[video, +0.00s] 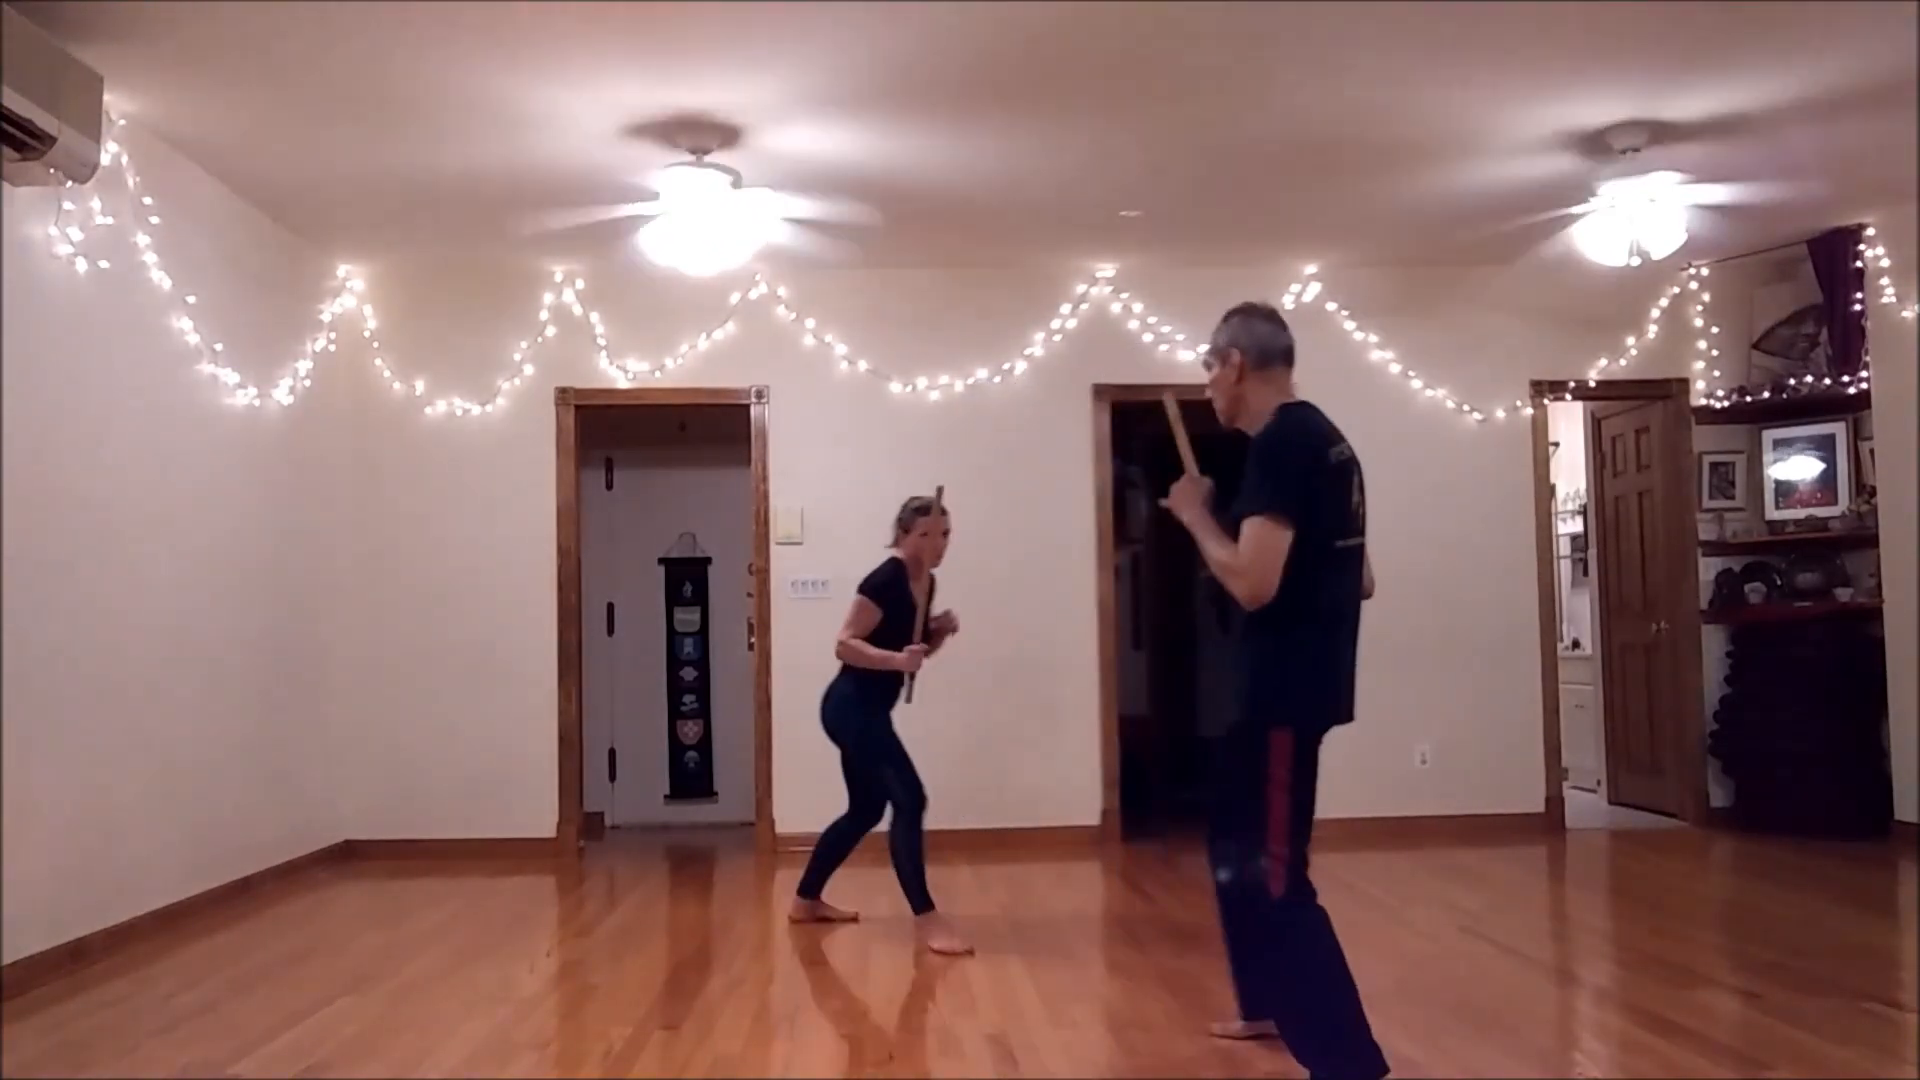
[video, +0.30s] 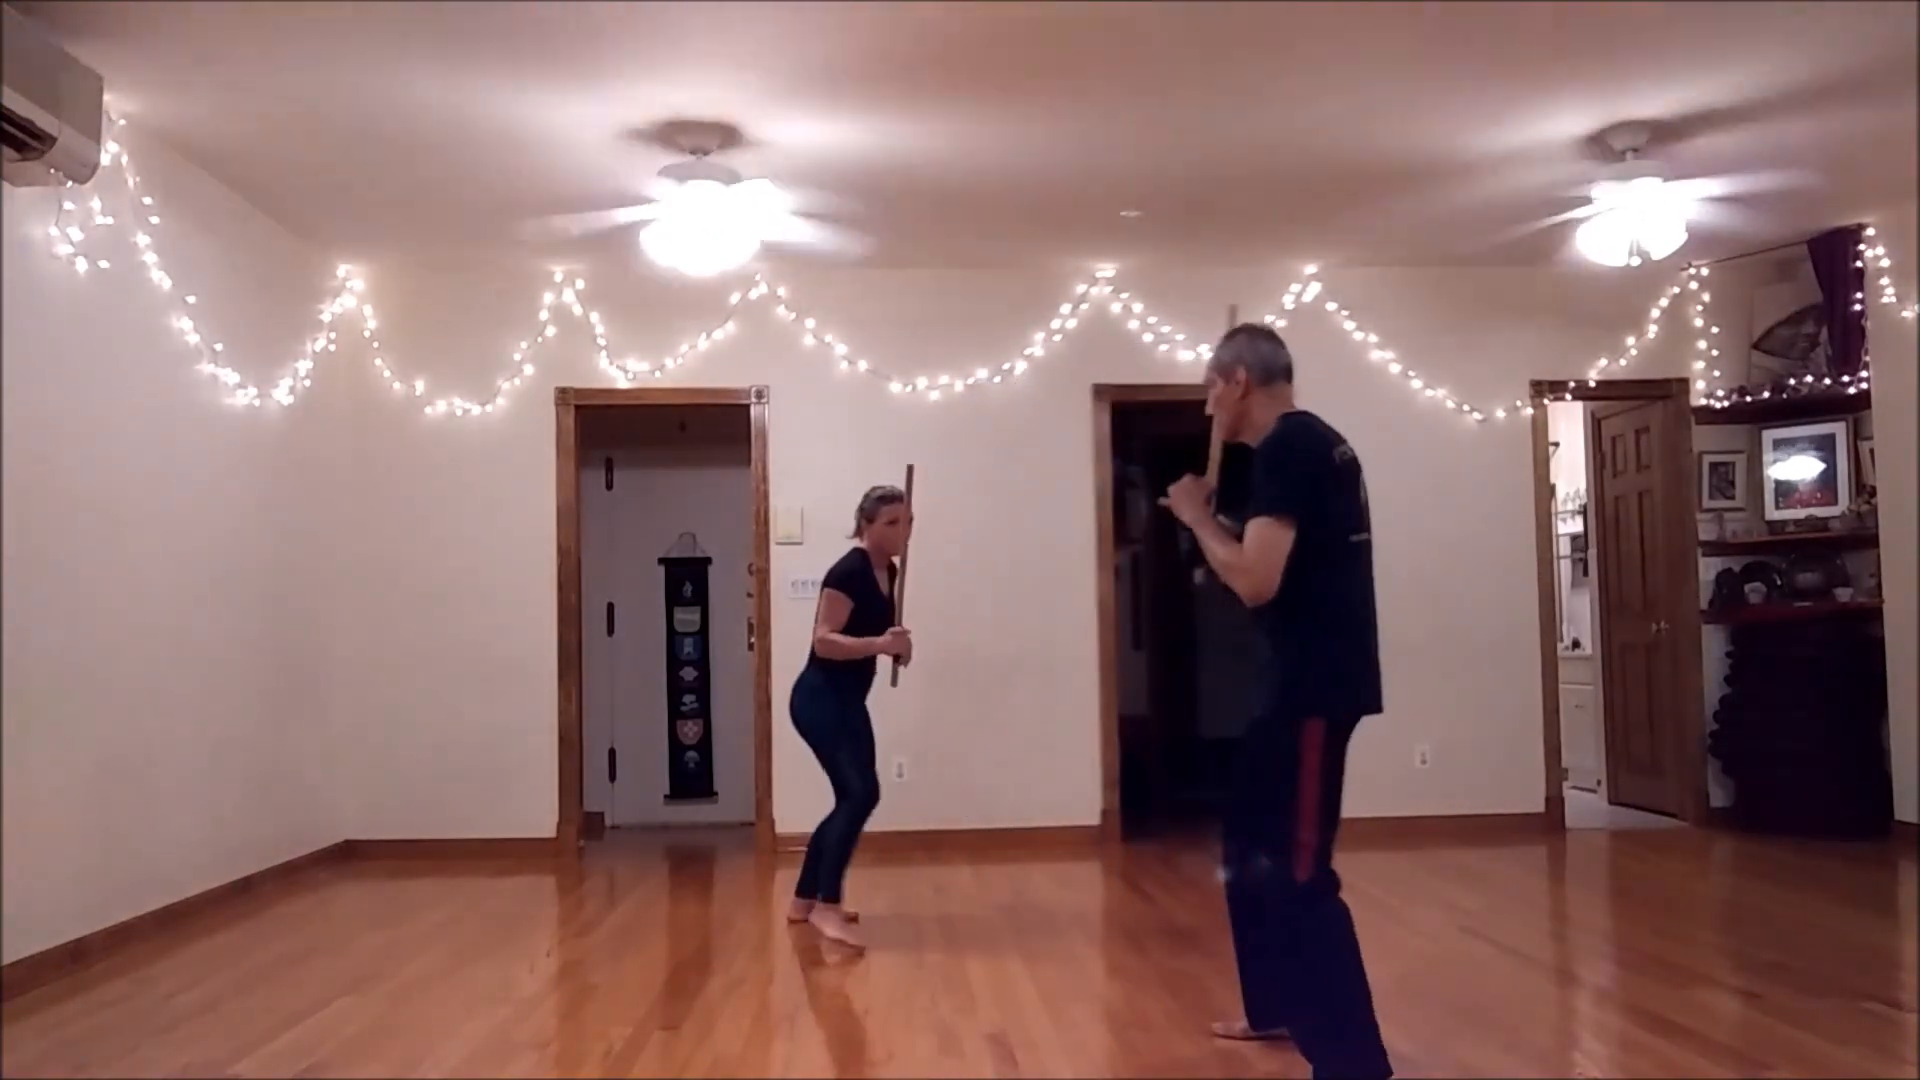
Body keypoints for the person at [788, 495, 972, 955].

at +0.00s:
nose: (941, 544)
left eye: (944, 535)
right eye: (932, 535)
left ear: (945, 536)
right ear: (907, 537)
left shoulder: (925, 581)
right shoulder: (884, 580)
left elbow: (908, 645)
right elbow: (845, 645)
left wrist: (934, 633)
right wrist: (897, 659)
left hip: (869, 707)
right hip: (851, 708)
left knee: (866, 808)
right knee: (909, 798)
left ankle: (806, 898)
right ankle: (927, 920)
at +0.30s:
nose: (904, 531)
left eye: (907, 522)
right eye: (893, 523)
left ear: (906, 526)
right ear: (867, 527)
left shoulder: (887, 573)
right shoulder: (847, 573)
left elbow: (865, 634)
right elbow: (822, 641)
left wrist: (895, 646)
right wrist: (880, 644)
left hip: (849, 698)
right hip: (820, 698)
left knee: (859, 795)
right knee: (859, 794)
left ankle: (806, 898)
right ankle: (825, 906)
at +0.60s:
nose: (896, 530)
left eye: (900, 522)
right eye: (886, 521)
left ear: (900, 527)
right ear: (857, 524)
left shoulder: (873, 575)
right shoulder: (837, 573)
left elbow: (857, 633)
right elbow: (816, 642)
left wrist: (896, 616)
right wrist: (877, 642)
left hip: (819, 704)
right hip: (797, 704)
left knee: (837, 807)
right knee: (829, 808)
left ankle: (808, 904)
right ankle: (802, 927)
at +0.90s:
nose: (881, 530)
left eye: (884, 522)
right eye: (871, 521)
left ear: (879, 526)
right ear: (840, 524)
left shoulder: (846, 570)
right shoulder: (821, 571)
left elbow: (830, 635)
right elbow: (795, 644)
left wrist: (865, 625)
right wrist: (860, 646)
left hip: (788, 702)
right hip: (778, 704)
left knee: (801, 804)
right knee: (821, 808)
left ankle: (730, 889)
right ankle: (804, 929)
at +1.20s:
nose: (853, 538)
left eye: (856, 529)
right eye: (845, 529)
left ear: (831, 533)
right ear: (814, 530)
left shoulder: (819, 575)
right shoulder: (792, 577)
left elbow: (803, 637)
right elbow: (770, 652)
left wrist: (839, 635)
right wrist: (835, 653)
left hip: (763, 708)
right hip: (758, 711)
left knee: (768, 812)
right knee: (814, 807)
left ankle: (712, 911)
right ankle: (804, 928)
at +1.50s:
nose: (840, 532)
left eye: (842, 523)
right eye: (831, 522)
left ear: (826, 528)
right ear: (800, 524)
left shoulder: (803, 573)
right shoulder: (780, 572)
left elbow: (803, 640)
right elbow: (760, 645)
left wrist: (835, 615)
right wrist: (825, 647)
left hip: (752, 703)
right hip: (752, 706)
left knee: (754, 808)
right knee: (804, 805)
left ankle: (710, 910)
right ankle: (803, 927)